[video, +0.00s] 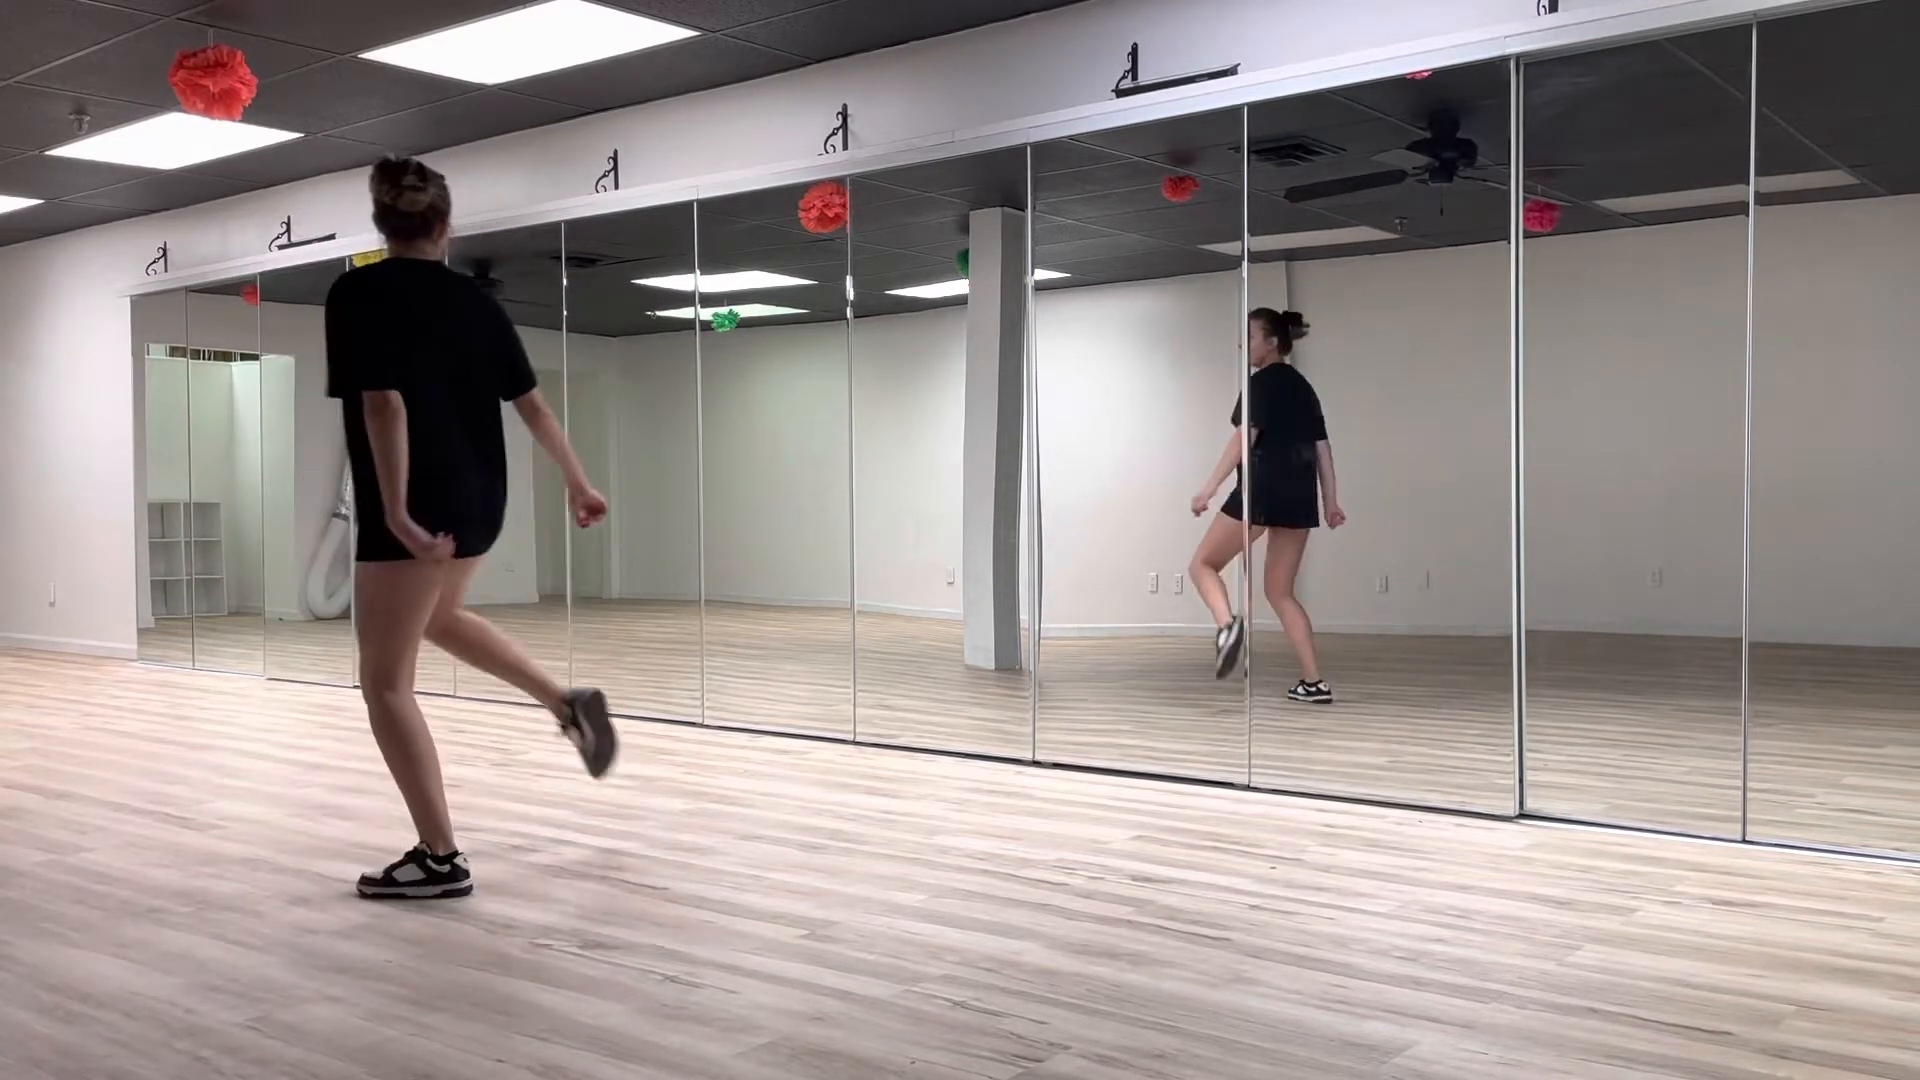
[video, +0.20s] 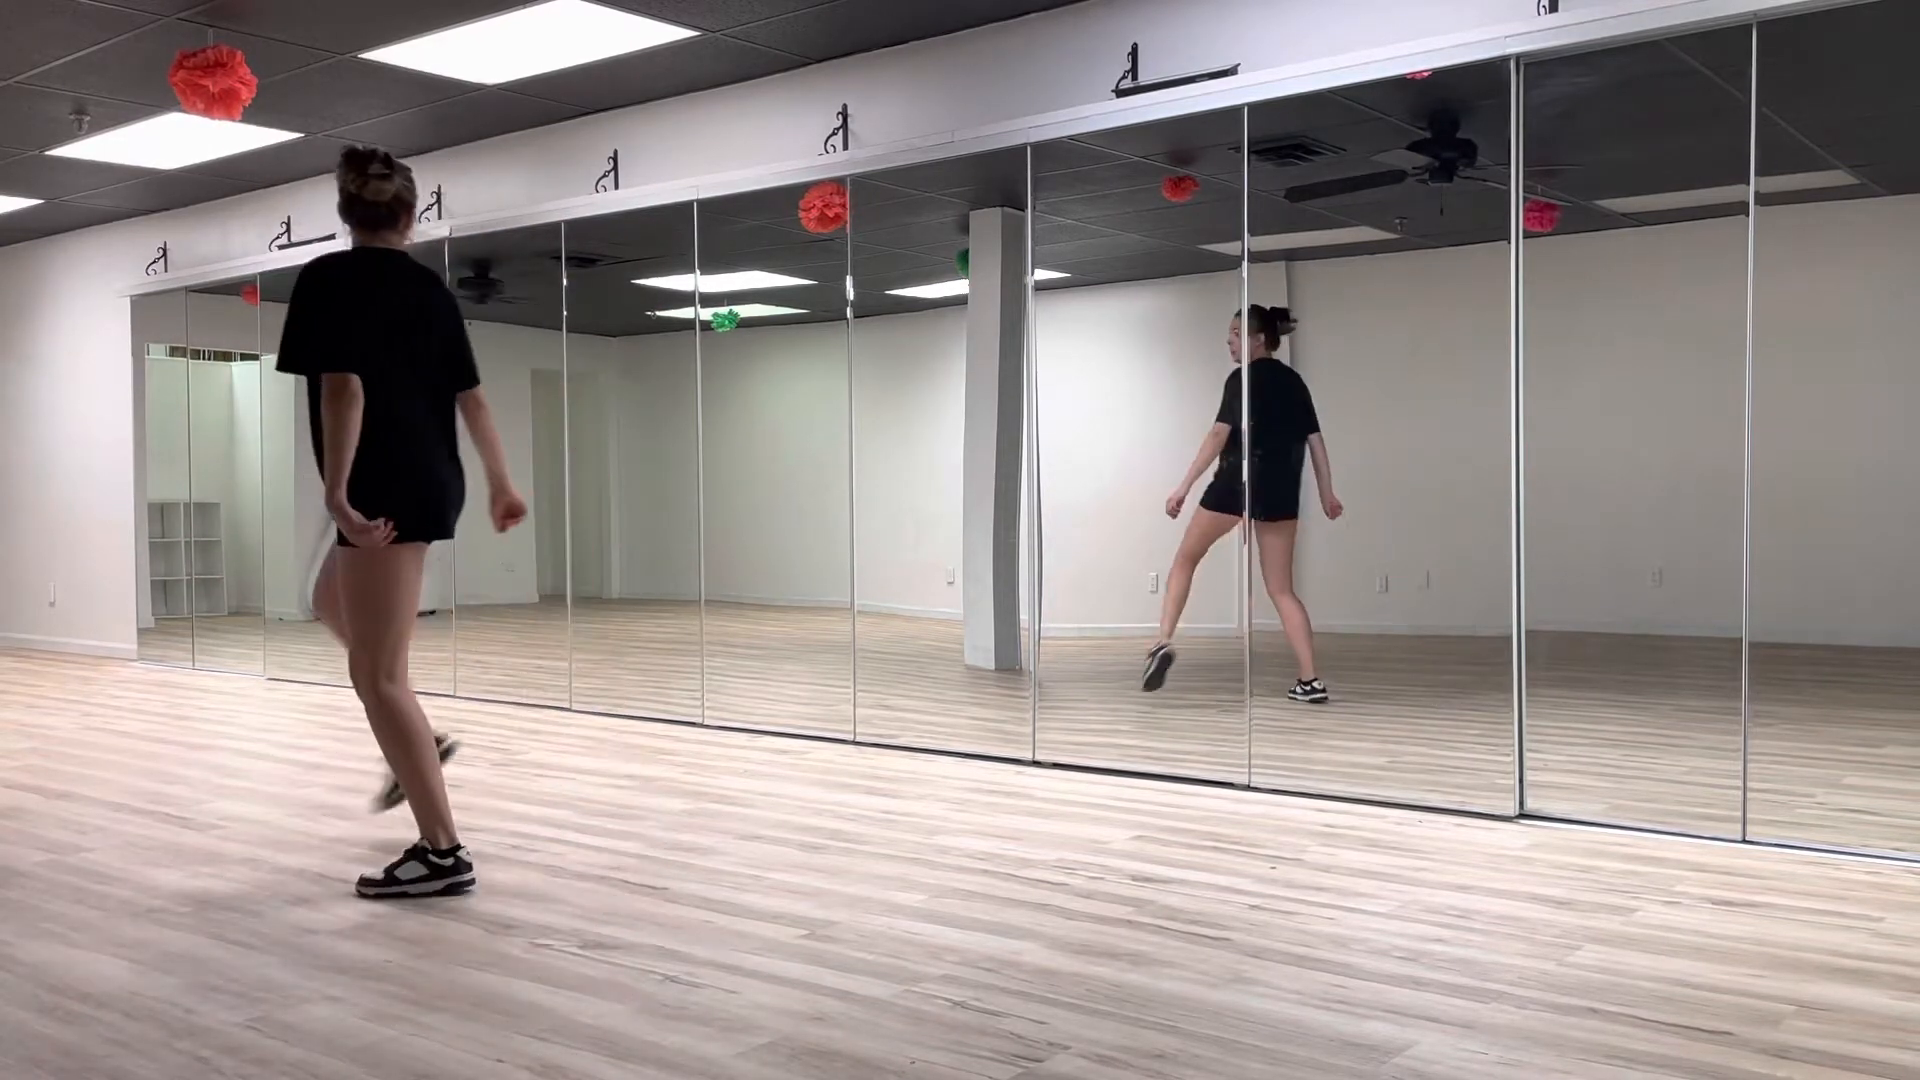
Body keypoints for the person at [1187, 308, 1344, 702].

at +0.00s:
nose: (1246, 343)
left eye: (1251, 336)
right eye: (1246, 336)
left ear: (1272, 341)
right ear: (1278, 342)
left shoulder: (1258, 385)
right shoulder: (1304, 387)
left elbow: (1241, 440)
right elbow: (1322, 447)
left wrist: (1208, 489)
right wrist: (1331, 500)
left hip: (1257, 494)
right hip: (1300, 499)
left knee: (1203, 566)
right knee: (1280, 591)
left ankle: (1226, 625)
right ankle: (1313, 681)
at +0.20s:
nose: (1229, 342)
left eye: (1236, 335)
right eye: (1230, 335)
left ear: (1258, 339)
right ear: (1266, 341)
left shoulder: (1241, 378)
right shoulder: (1295, 382)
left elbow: (1218, 436)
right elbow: (1315, 441)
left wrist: (1184, 485)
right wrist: (1327, 493)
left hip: (1234, 486)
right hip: (1283, 492)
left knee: (1186, 559)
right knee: (1282, 591)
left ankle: (1163, 640)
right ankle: (1309, 679)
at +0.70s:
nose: (1244, 370)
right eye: (1243, 364)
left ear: (1207, 365)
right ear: (1241, 366)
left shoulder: (1186, 407)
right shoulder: (1254, 408)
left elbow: (1147, 451)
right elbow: (1272, 467)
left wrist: (1181, 470)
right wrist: (1276, 491)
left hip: (1191, 517)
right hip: (1238, 518)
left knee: (1184, 597)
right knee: (1269, 601)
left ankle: (1147, 682)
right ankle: (1282, 678)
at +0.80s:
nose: (1244, 366)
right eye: (1243, 360)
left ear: (1207, 362)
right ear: (1240, 362)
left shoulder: (1184, 400)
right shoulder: (1252, 402)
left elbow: (1149, 413)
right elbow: (1301, 436)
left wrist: (1186, 412)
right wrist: (1297, 412)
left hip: (1196, 514)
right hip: (1243, 513)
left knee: (1183, 596)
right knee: (1272, 597)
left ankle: (1147, 681)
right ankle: (1282, 679)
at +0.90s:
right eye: (1240, 331)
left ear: (1210, 335)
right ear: (1244, 335)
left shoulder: (1193, 371)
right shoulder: (1266, 370)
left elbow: (1165, 355)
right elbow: (1317, 360)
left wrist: (1205, 347)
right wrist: (1294, 336)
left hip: (1201, 484)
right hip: (1248, 484)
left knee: (1180, 577)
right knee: (1277, 575)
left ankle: (1147, 667)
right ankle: (1290, 665)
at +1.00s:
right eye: (1248, 312)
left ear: (1213, 321)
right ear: (1249, 318)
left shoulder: (1197, 354)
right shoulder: (1261, 347)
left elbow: (1181, 313)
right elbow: (1300, 309)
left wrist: (1206, 296)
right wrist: (1281, 271)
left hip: (1207, 469)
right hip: (1252, 469)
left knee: (1184, 569)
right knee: (1280, 565)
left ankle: (1149, 658)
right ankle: (1298, 655)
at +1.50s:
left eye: (1236, 335)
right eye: (1261, 332)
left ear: (1229, 343)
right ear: (1266, 340)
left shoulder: (1216, 378)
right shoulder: (1276, 370)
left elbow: (1174, 349)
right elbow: (1278, 310)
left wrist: (1213, 314)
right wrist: (1274, 253)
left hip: (1228, 490)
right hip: (1275, 486)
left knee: (1209, 584)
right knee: (1282, 585)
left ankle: (1167, 671)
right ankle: (1291, 679)